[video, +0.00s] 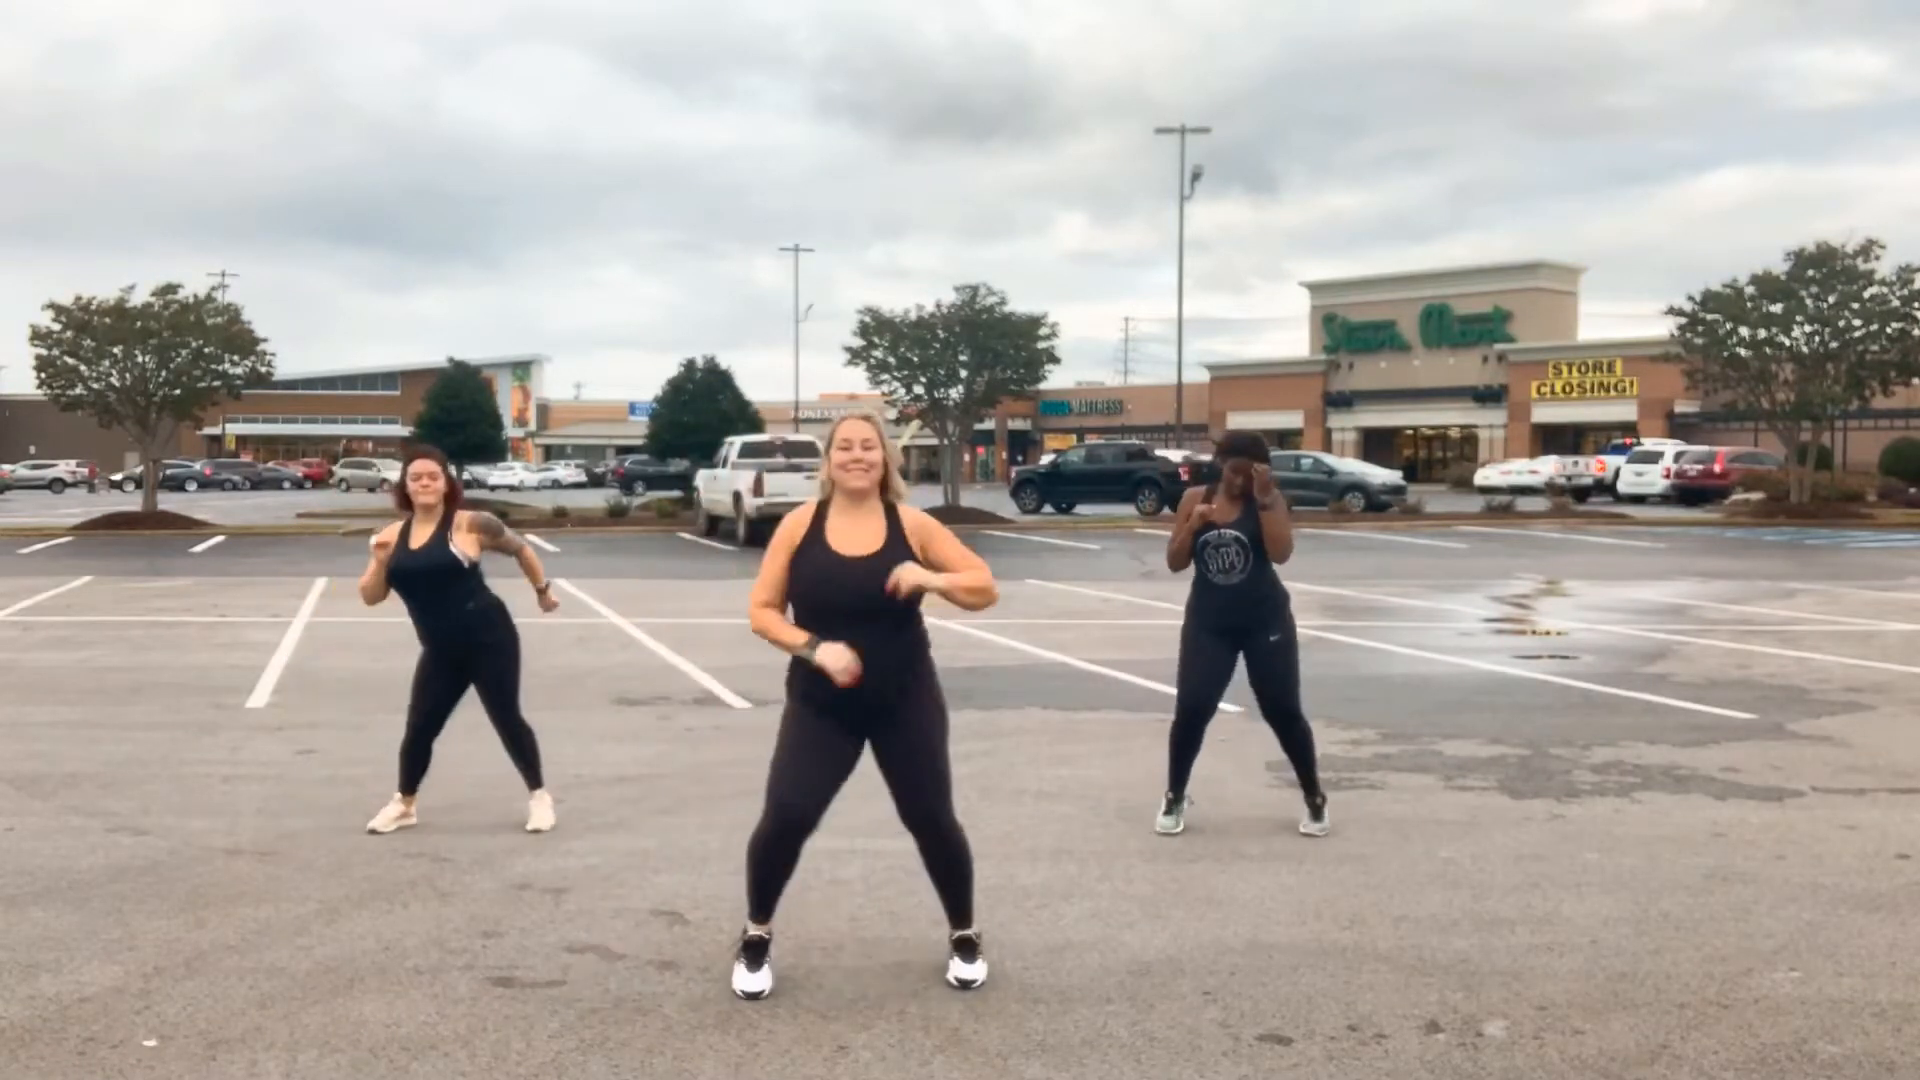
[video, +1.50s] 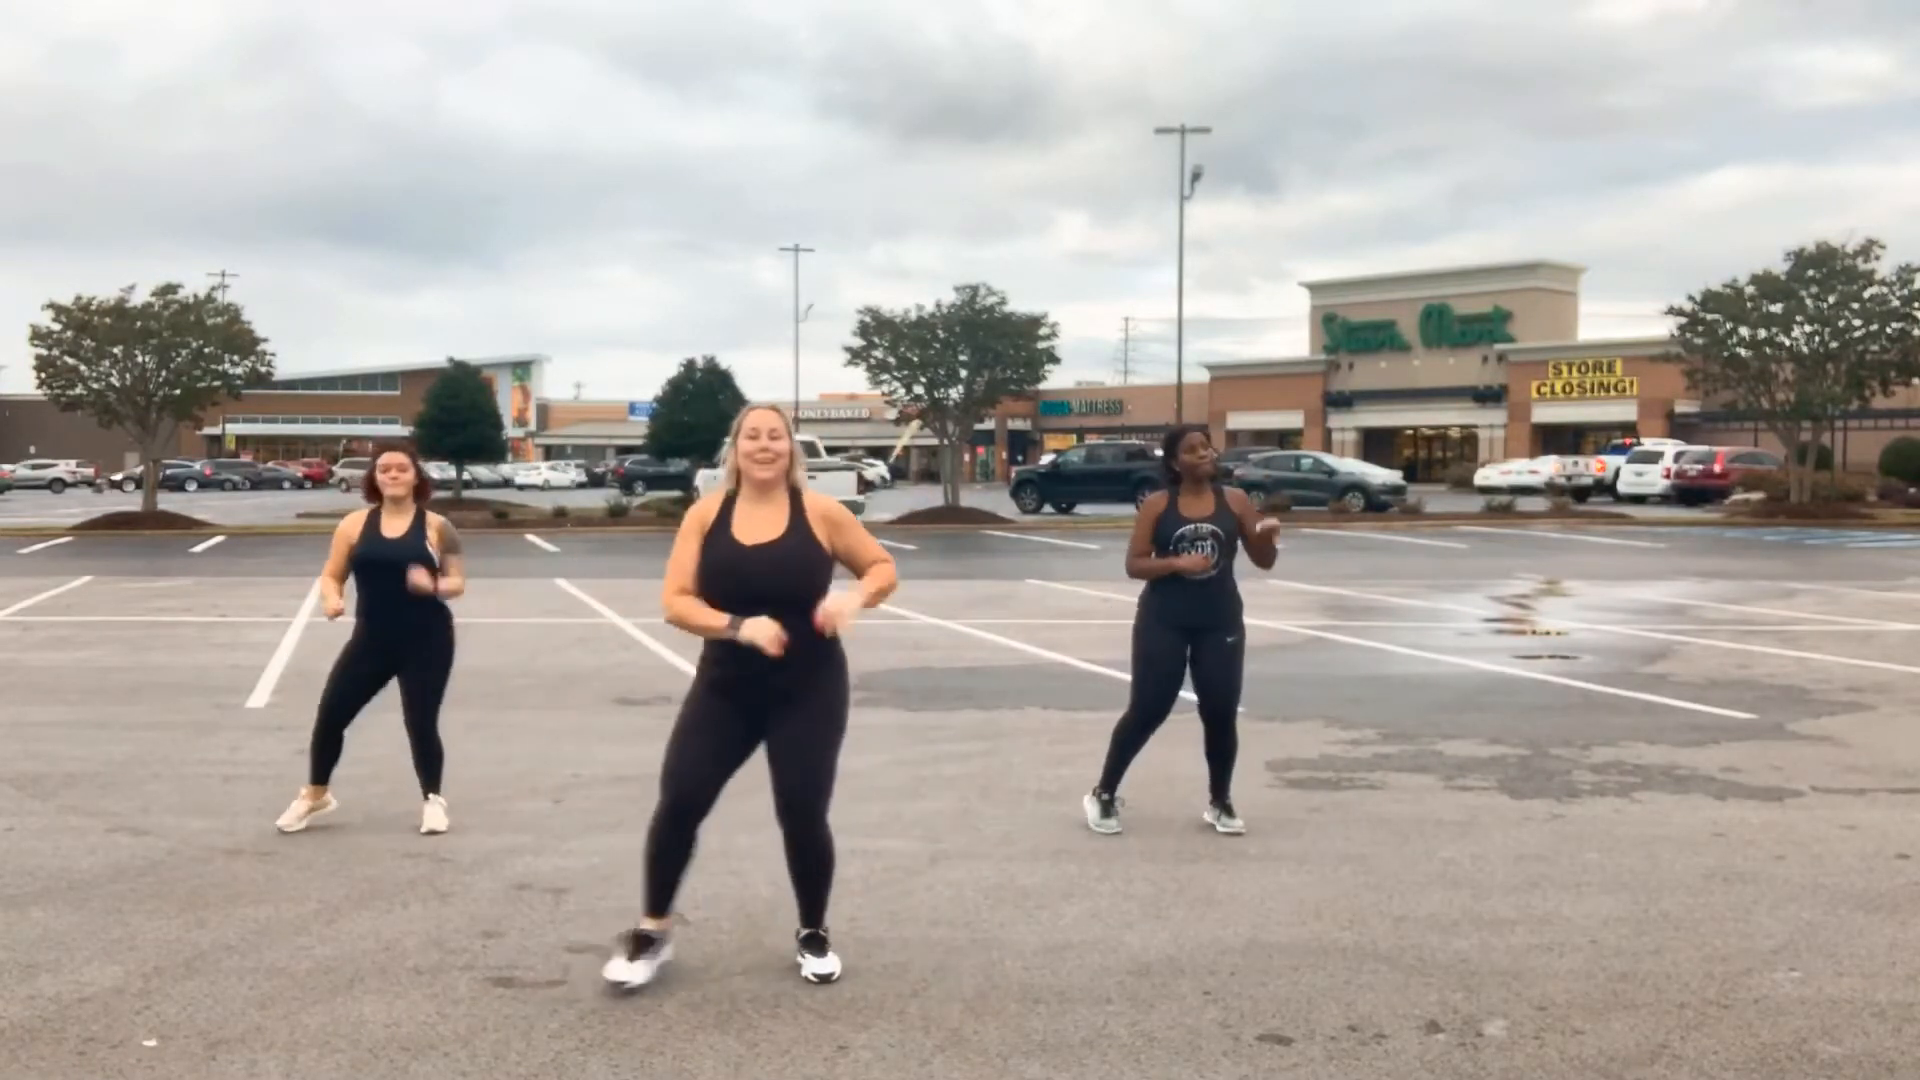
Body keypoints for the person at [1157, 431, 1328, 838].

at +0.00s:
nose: (1240, 479)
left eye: (1249, 473)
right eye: (1235, 470)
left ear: (1260, 474)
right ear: (1220, 465)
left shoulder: (1270, 501)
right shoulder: (1195, 498)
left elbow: (1281, 553)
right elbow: (1175, 562)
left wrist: (1265, 499)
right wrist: (1194, 525)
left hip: (1265, 620)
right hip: (1208, 620)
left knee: (1282, 712)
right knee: (1191, 710)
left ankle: (1314, 799)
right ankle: (1174, 798)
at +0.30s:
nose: (1228, 472)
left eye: (1236, 465)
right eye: (1221, 462)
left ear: (1244, 468)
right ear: (1203, 459)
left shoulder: (1250, 502)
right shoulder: (1175, 500)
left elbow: (1268, 564)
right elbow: (1157, 564)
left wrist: (1272, 534)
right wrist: (1200, 540)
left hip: (1241, 621)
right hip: (1185, 623)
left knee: (1268, 710)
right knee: (1191, 713)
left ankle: (1290, 794)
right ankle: (1181, 804)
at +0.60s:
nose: (1221, 459)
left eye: (1226, 452)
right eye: (1212, 451)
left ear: (1234, 459)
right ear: (1192, 457)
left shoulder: (1244, 499)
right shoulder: (1172, 502)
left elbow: (1251, 554)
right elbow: (1170, 562)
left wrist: (1279, 553)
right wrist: (1224, 544)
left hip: (1229, 618)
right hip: (1176, 618)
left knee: (1223, 713)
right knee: (1182, 710)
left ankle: (1216, 803)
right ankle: (1178, 804)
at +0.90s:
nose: (1221, 458)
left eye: (1224, 451)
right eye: (1209, 454)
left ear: (1232, 457)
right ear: (1192, 465)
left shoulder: (1243, 506)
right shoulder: (1175, 503)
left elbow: (1257, 572)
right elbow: (1137, 555)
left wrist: (1253, 547)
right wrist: (1184, 579)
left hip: (1213, 625)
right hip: (1162, 621)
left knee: (1218, 715)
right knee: (1163, 707)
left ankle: (1214, 804)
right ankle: (1107, 789)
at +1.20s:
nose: (1196, 456)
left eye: (1199, 449)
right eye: (1185, 452)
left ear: (1207, 457)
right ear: (1167, 462)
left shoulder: (1219, 506)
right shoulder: (1149, 500)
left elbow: (1229, 566)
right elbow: (1114, 555)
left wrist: (1236, 559)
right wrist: (1169, 569)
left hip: (1193, 625)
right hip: (1140, 622)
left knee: (1220, 708)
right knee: (1129, 711)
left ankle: (1219, 797)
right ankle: (1090, 796)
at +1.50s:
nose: (1206, 455)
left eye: (1207, 448)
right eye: (1195, 451)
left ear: (1214, 453)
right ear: (1176, 463)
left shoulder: (1235, 499)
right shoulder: (1157, 505)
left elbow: (1264, 560)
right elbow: (1135, 565)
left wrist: (1265, 535)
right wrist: (1176, 563)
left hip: (1219, 622)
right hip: (1163, 622)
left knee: (1221, 715)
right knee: (1148, 710)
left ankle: (1221, 803)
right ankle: (1104, 795)